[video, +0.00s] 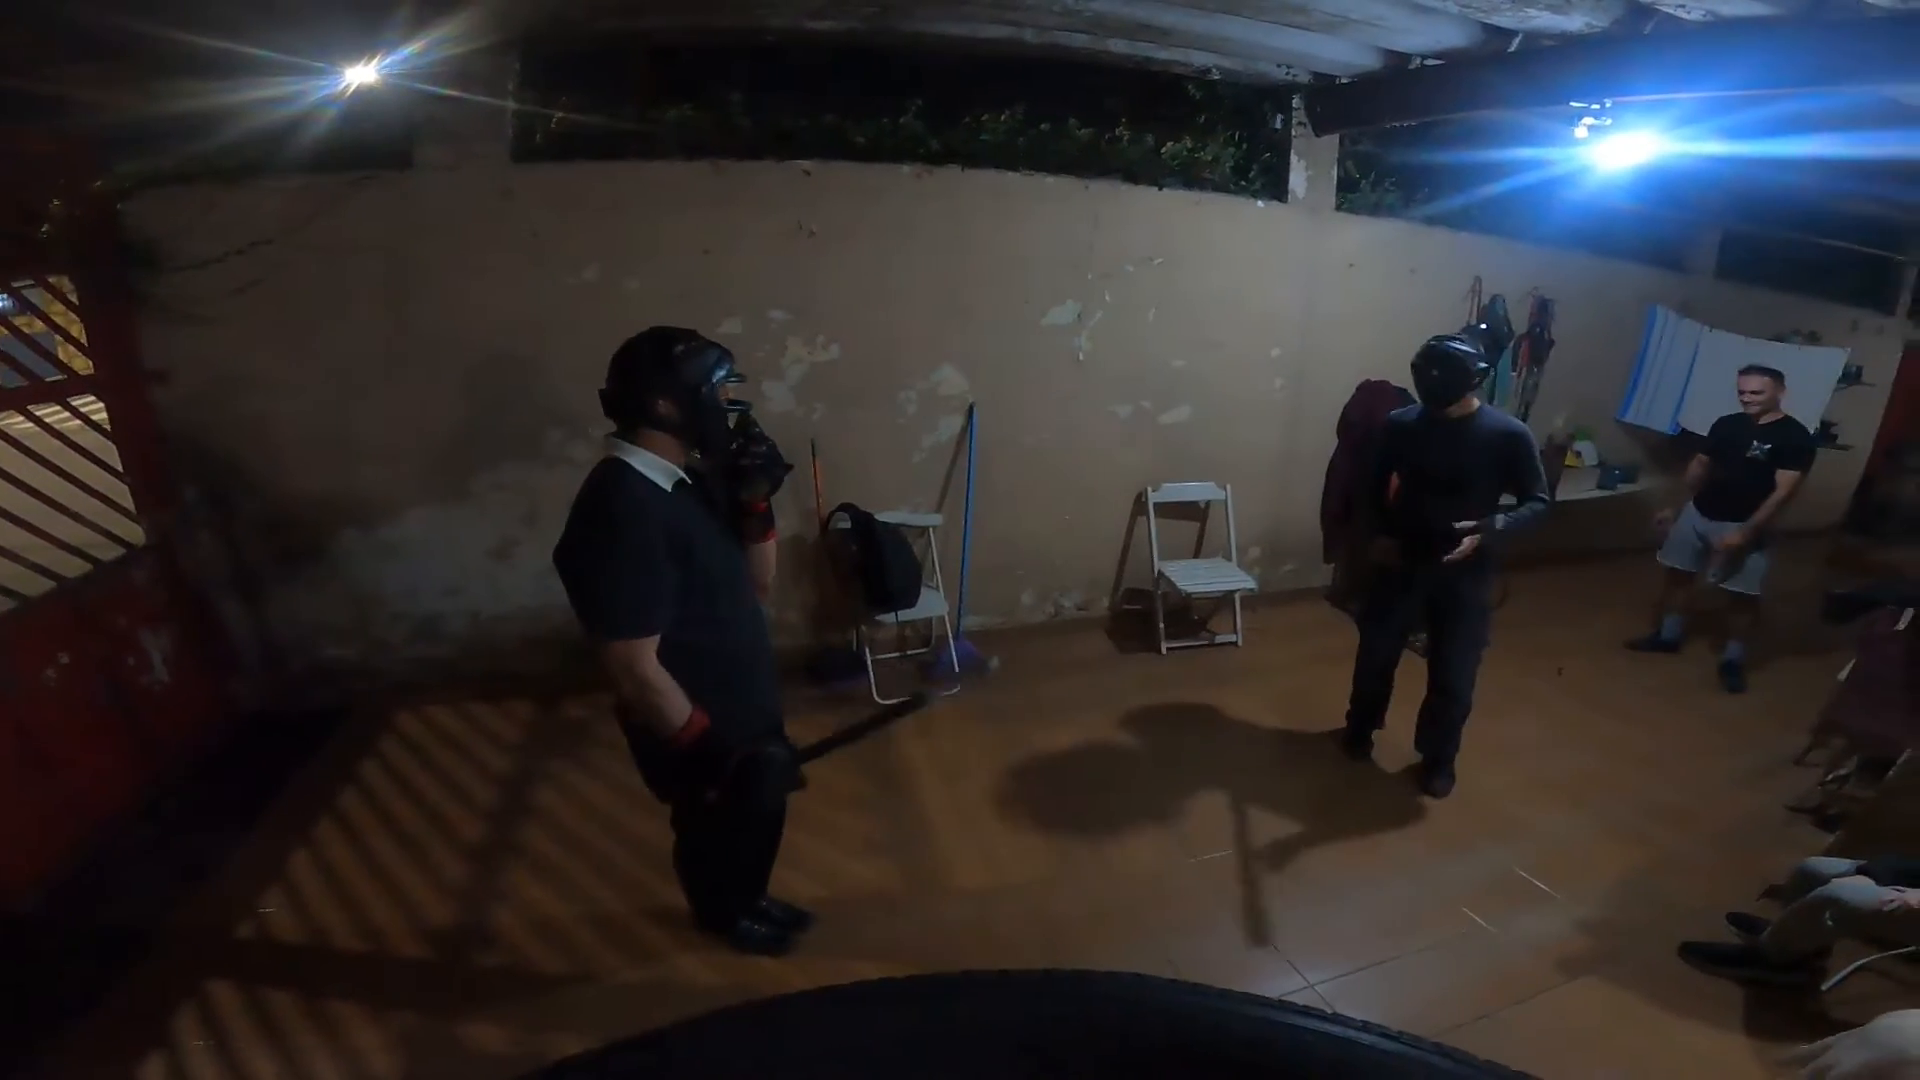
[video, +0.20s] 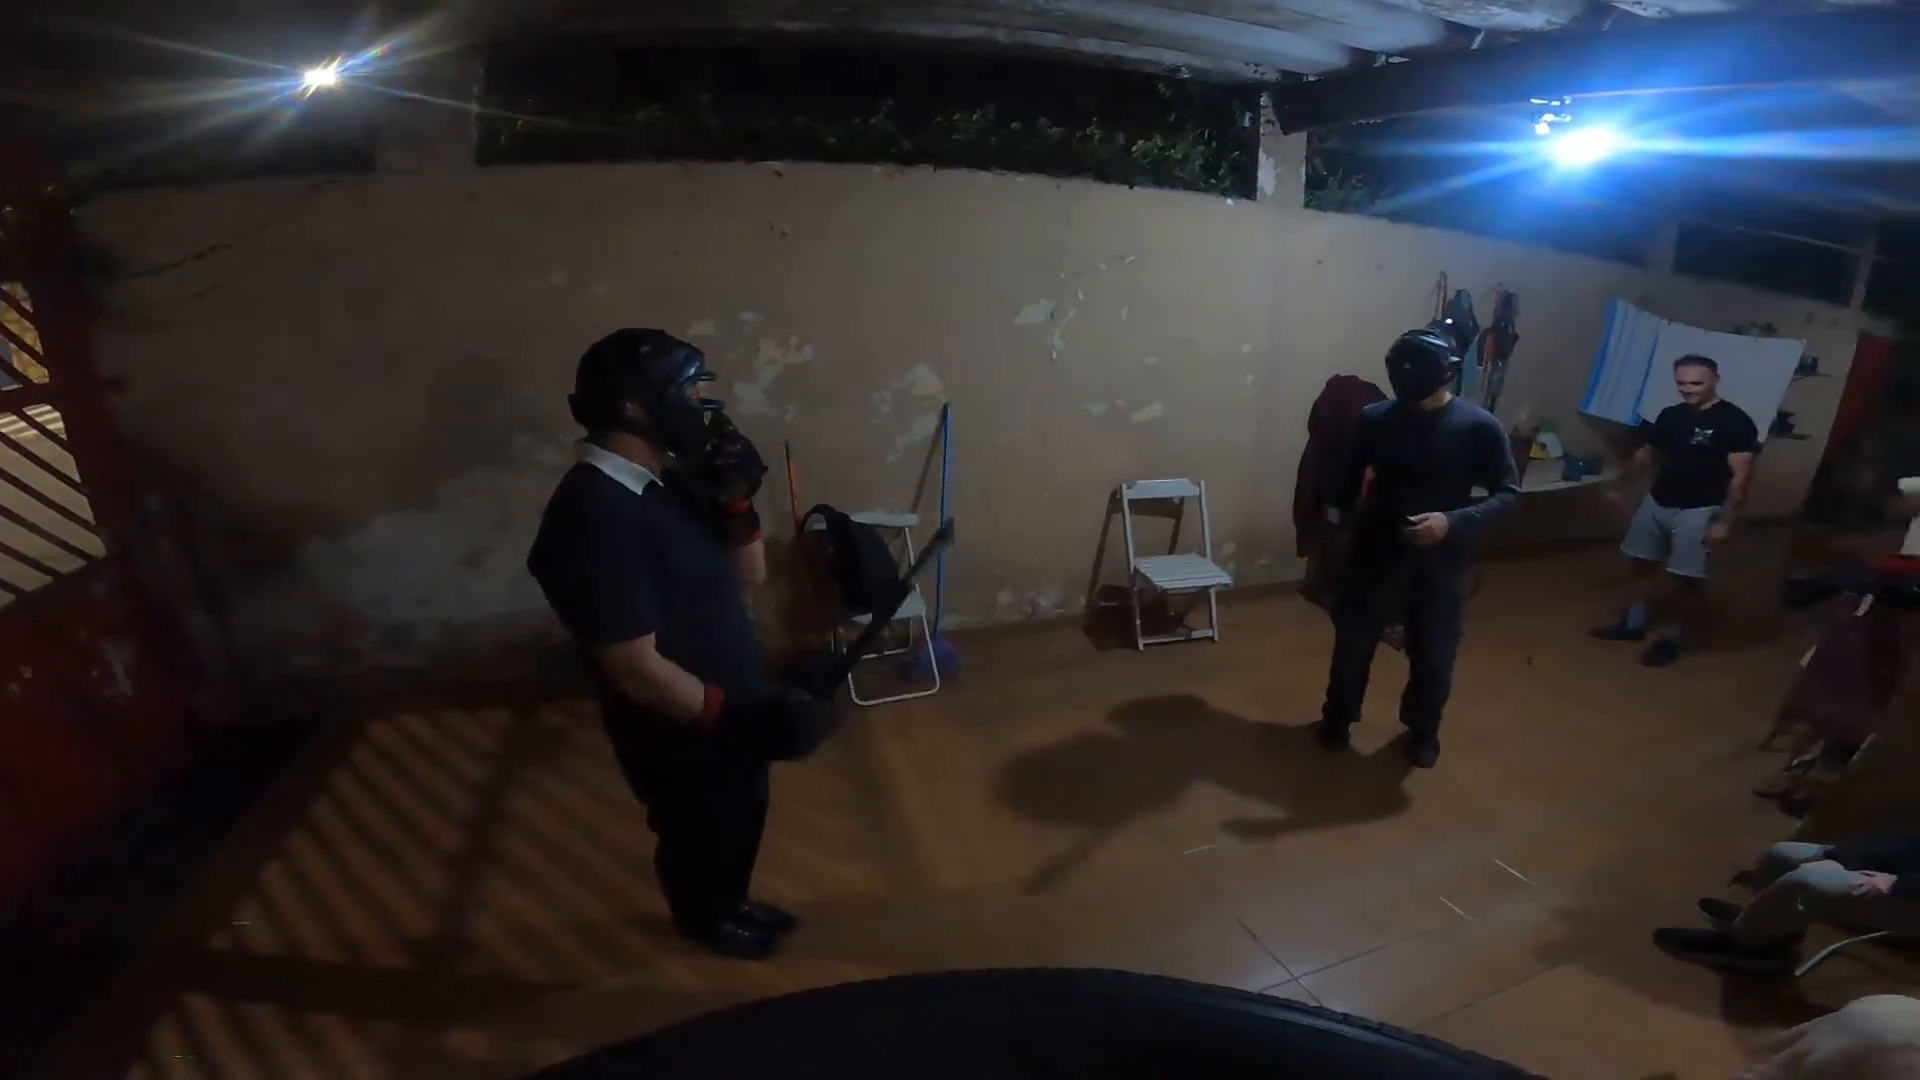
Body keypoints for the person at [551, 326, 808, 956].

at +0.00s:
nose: (726, 402)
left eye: (723, 385)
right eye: (708, 388)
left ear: (666, 408)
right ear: (661, 407)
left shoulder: (687, 479)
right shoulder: (614, 510)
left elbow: (756, 587)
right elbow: (633, 666)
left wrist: (754, 505)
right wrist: (706, 742)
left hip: (741, 694)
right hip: (695, 719)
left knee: (755, 809)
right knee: (718, 824)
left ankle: (747, 898)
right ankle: (723, 914)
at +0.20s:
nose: (702, 401)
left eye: (697, 386)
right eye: (683, 390)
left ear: (637, 411)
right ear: (633, 410)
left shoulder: (666, 483)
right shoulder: (587, 520)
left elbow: (747, 580)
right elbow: (633, 666)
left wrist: (735, 503)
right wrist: (734, 712)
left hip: (723, 700)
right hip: (668, 723)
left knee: (736, 814)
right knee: (694, 826)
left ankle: (729, 901)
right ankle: (703, 918)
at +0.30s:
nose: (626, 404)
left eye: (623, 390)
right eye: (609, 392)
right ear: (574, 405)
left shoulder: (591, 492)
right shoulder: (534, 512)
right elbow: (565, 645)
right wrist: (647, 694)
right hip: (616, 706)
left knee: (662, 805)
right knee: (656, 812)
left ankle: (667, 904)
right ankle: (664, 916)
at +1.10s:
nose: (703, 393)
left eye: (699, 378)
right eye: (687, 381)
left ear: (643, 401)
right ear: (644, 400)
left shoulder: (648, 468)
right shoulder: (609, 499)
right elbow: (638, 652)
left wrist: (705, 518)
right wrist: (745, 682)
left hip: (677, 683)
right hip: (649, 702)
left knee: (707, 785)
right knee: (707, 810)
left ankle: (703, 861)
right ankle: (672, 909)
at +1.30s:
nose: (753, 400)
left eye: (750, 385)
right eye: (738, 389)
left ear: (692, 408)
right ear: (697, 407)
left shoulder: (663, 470)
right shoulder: (662, 500)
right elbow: (689, 650)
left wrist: (748, 517)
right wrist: (793, 664)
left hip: (681, 670)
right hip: (679, 687)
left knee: (724, 765)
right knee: (798, 792)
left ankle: (709, 877)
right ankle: (755, 905)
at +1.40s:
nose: (787, 403)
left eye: (782, 389)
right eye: (771, 391)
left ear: (724, 411)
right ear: (730, 410)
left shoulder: (680, 473)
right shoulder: (701, 503)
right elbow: (718, 643)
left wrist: (784, 520)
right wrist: (808, 659)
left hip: (679, 668)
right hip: (704, 682)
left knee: (739, 752)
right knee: (819, 784)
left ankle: (723, 867)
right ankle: (837, 909)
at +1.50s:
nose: (823, 405)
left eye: (819, 392)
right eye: (809, 395)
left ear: (757, 414)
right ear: (770, 416)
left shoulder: (694, 472)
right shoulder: (742, 510)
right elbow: (765, 652)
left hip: (686, 660)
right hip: (730, 679)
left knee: (758, 745)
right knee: (834, 778)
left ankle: (732, 861)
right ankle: (890, 900)